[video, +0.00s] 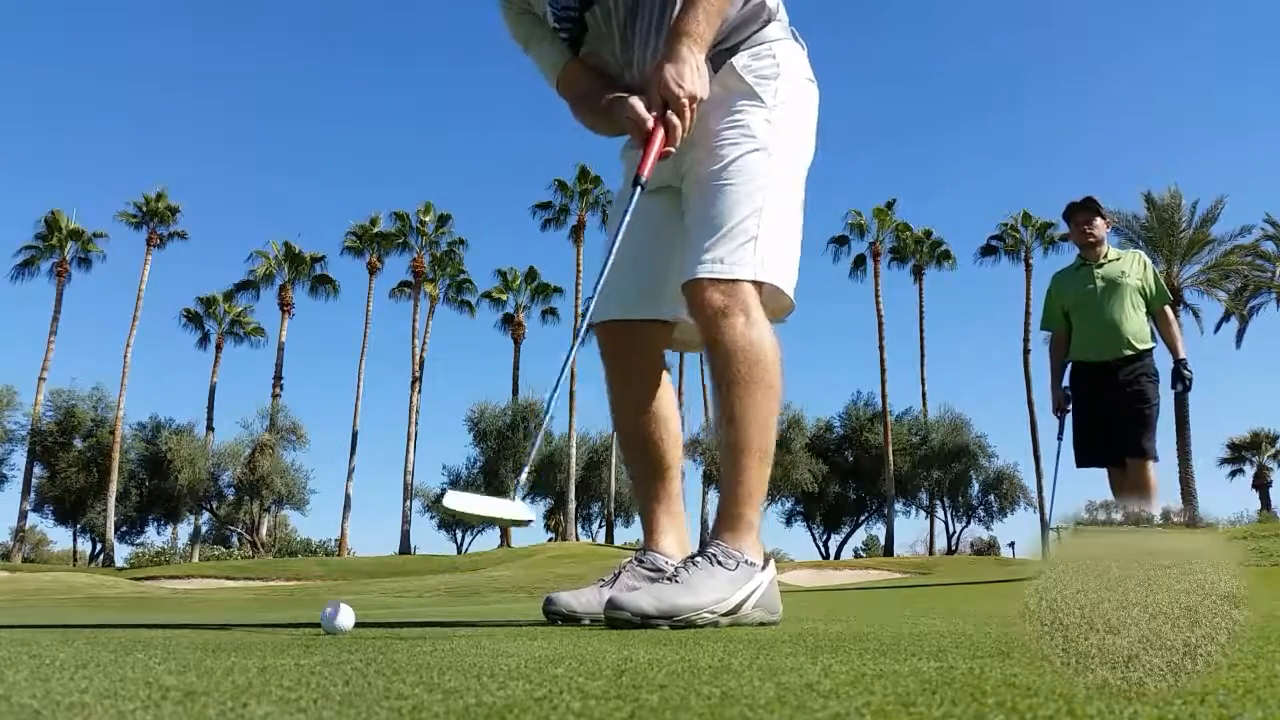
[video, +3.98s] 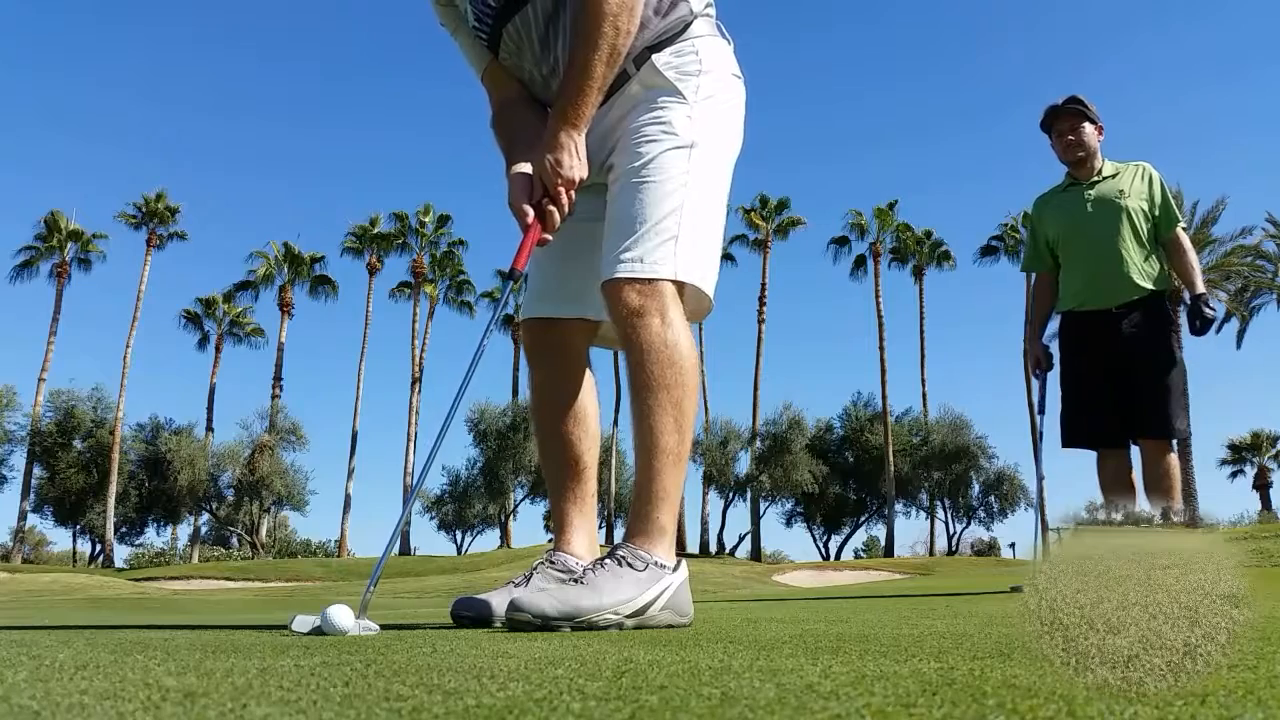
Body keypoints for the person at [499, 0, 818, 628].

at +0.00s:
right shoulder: (521, 8)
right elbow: (581, 87)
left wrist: (688, 40)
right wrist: (618, 110)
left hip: (744, 55)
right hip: (652, 107)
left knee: (722, 287)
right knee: (623, 323)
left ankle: (740, 558)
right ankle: (666, 558)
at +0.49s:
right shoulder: (515, 6)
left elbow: (685, 4)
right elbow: (547, 70)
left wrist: (619, 91)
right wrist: (564, 120)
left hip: (707, 59)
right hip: (605, 101)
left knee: (670, 290)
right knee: (594, 331)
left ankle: (671, 560)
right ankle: (659, 557)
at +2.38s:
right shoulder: (470, 5)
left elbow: (626, 5)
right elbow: (514, 81)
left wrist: (564, 123)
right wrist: (525, 149)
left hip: (673, 51)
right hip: (575, 100)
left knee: (642, 287)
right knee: (541, 318)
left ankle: (657, 562)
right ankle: (587, 550)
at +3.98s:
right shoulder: (453, 6)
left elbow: (616, 5)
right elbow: (507, 93)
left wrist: (566, 125)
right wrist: (522, 160)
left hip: (667, 61)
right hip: (571, 111)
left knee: (641, 288)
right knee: (547, 324)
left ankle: (654, 562)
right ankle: (575, 561)